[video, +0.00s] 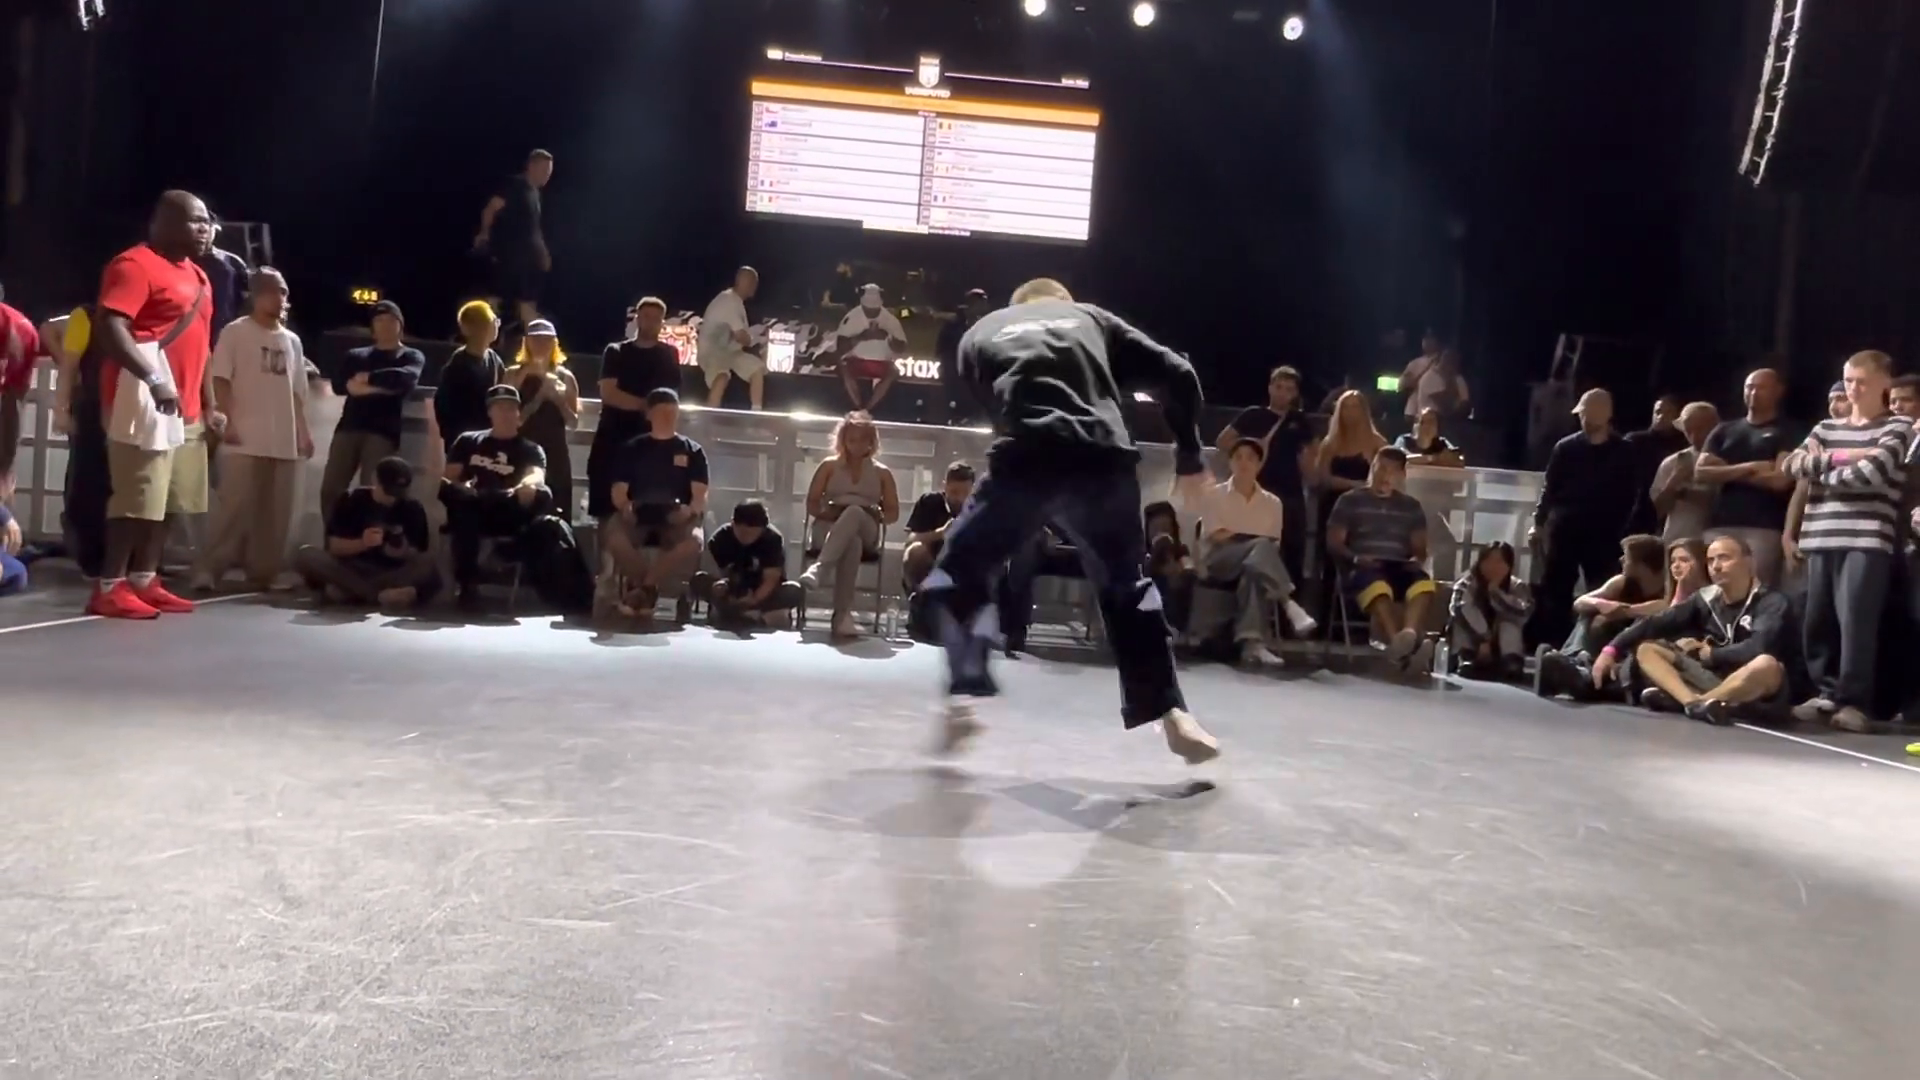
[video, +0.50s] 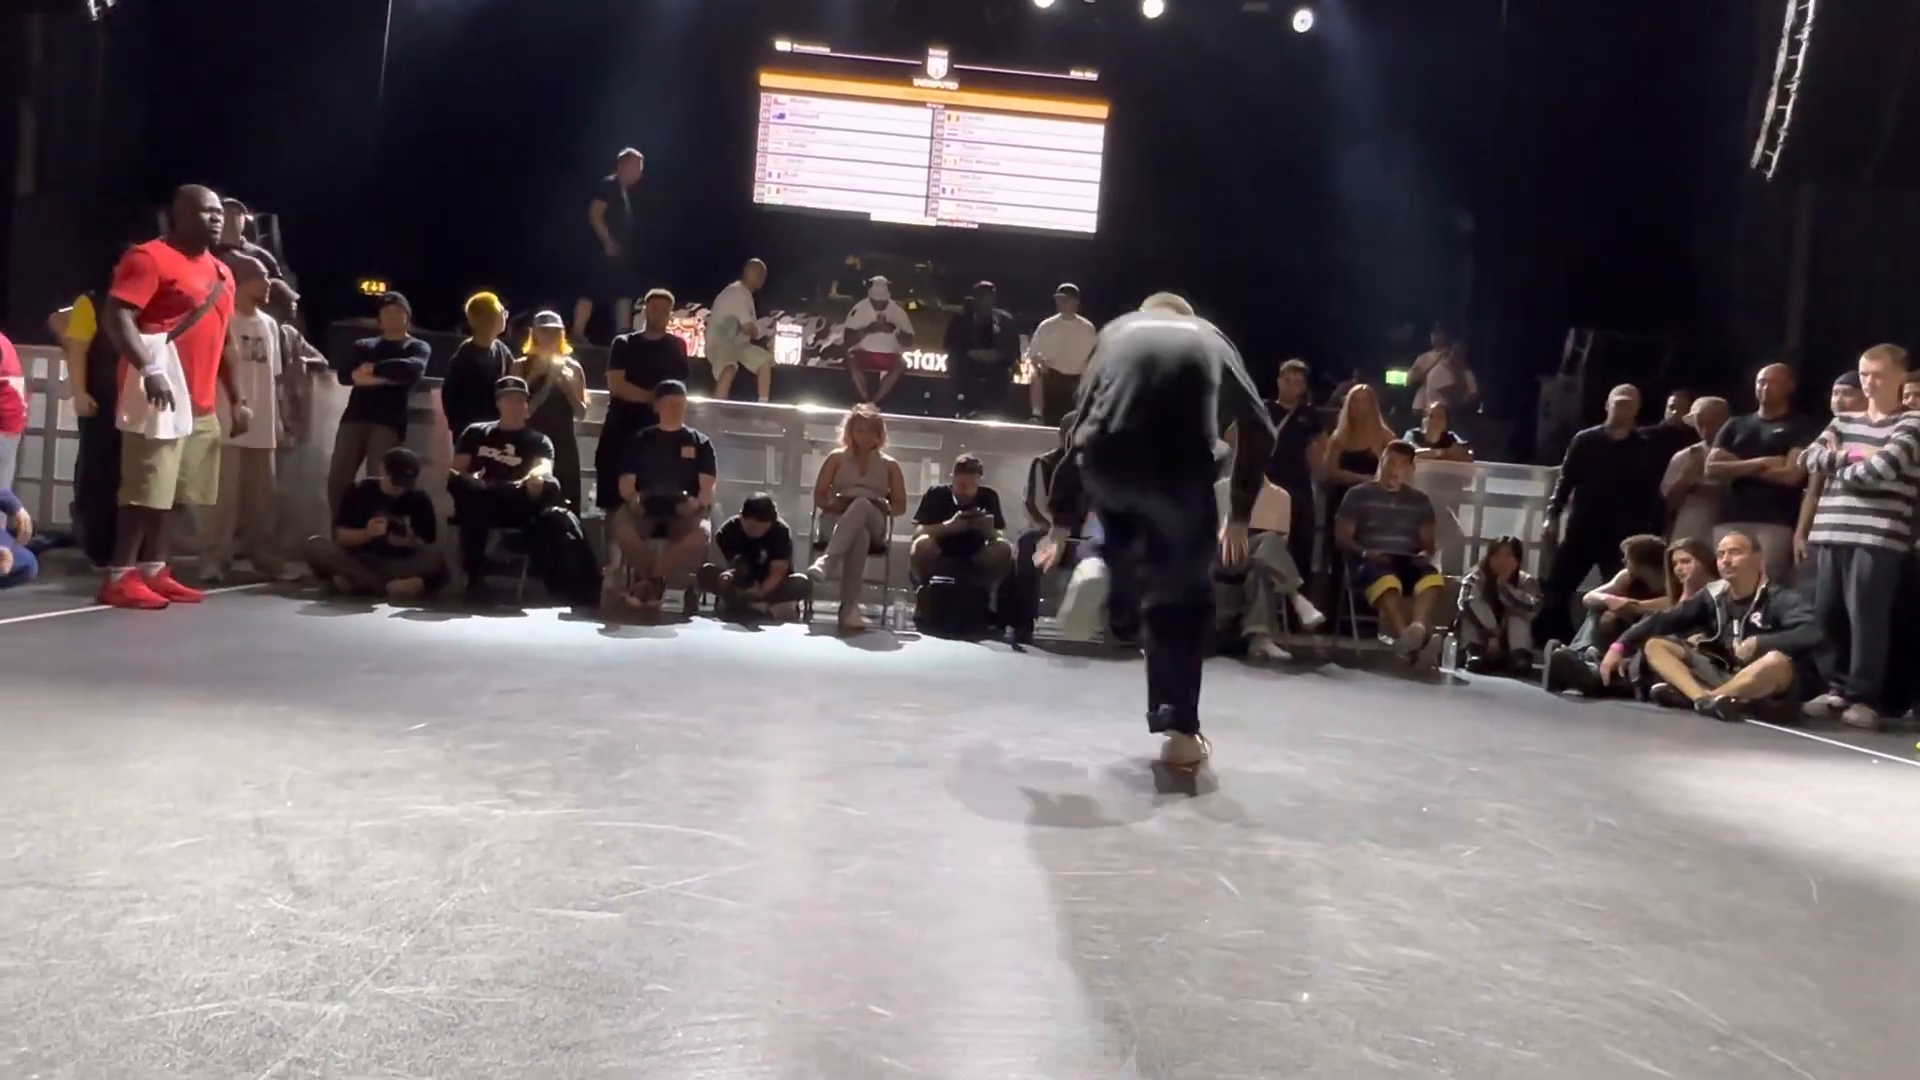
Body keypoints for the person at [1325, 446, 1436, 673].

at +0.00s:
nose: (1386, 476)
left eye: (1393, 471)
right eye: (1382, 468)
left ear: (1402, 475)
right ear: (1372, 469)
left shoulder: (1411, 506)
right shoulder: (1350, 501)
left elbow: (1420, 549)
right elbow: (1334, 542)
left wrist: (1416, 560)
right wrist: (1356, 559)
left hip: (1400, 563)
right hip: (1367, 560)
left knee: (1424, 585)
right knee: (1379, 591)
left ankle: (1408, 640)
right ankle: (1400, 649)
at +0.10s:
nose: (1388, 475)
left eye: (1395, 469)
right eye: (1384, 467)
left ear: (1404, 474)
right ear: (1374, 467)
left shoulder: (1413, 504)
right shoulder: (1352, 499)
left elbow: (1422, 547)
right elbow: (1336, 541)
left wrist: (1418, 559)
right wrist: (1358, 558)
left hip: (1402, 562)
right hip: (1369, 559)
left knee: (1426, 583)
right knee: (1380, 589)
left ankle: (1409, 639)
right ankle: (1402, 649)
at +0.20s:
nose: (1390, 473)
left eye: (1397, 467)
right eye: (1385, 465)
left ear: (1406, 473)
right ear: (1376, 465)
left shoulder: (1415, 503)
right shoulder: (1354, 497)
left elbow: (1424, 546)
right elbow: (1338, 539)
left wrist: (1419, 558)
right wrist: (1360, 556)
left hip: (1403, 561)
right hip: (1371, 558)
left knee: (1428, 582)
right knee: (1382, 587)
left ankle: (1412, 637)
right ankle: (1404, 647)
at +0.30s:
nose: (1391, 471)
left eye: (1398, 466)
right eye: (1386, 464)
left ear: (1408, 471)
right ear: (1377, 464)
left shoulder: (1416, 502)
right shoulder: (1355, 496)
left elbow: (1425, 546)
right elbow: (1339, 539)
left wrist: (1420, 557)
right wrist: (1362, 555)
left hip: (1404, 559)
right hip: (1371, 556)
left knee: (1429, 580)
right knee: (1384, 586)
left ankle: (1413, 636)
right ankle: (1404, 647)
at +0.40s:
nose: (1393, 470)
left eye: (1400, 465)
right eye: (1388, 463)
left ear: (1409, 470)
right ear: (1379, 463)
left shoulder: (1418, 501)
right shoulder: (1355, 496)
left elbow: (1426, 545)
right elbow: (1341, 539)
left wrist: (1421, 556)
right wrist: (1364, 554)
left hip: (1406, 558)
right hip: (1372, 555)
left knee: (1430, 579)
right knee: (1386, 586)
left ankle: (1414, 636)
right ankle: (1406, 647)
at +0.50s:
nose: (1394, 470)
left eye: (1402, 464)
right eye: (1390, 462)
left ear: (1411, 470)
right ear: (1380, 463)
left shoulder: (1419, 500)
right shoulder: (1357, 495)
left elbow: (1428, 544)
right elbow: (1343, 538)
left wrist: (1423, 555)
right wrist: (1367, 553)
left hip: (1408, 557)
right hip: (1375, 555)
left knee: (1432, 579)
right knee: (1388, 585)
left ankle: (1416, 634)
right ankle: (1408, 646)